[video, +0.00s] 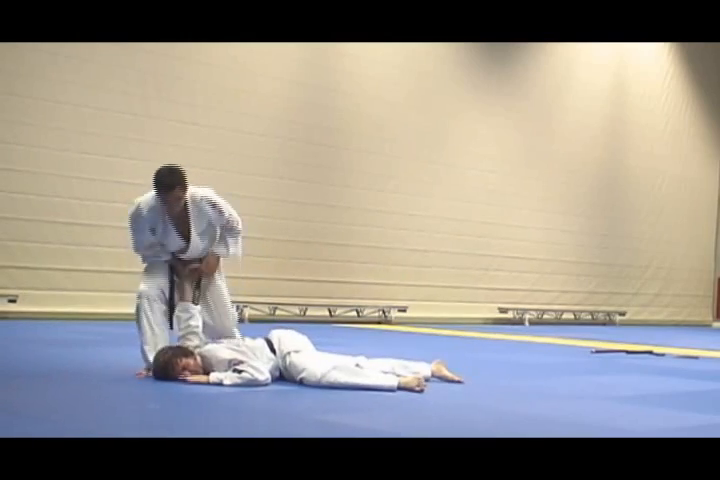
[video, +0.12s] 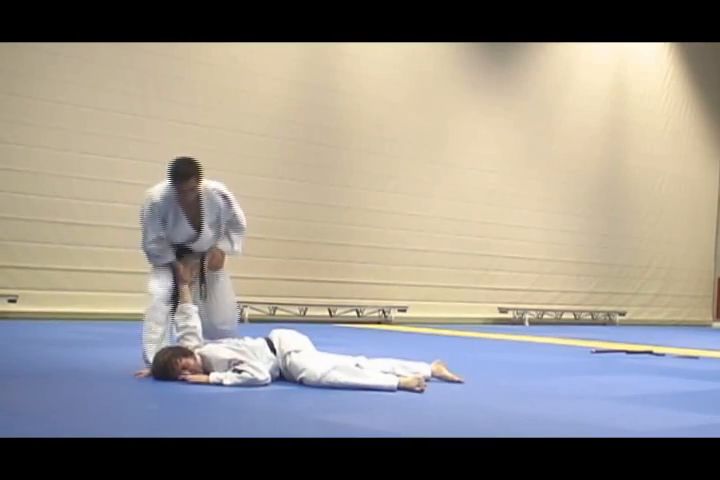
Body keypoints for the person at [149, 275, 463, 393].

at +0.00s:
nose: (188, 374)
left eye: (185, 368)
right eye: (181, 374)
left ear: (189, 357)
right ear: (180, 368)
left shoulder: (215, 353)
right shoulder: (201, 356)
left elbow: (259, 374)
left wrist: (214, 378)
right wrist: (159, 369)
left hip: (281, 348)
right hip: (281, 352)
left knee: (314, 373)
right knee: (353, 363)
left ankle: (397, 381)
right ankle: (428, 368)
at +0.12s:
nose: (188, 372)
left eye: (185, 366)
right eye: (180, 372)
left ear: (190, 357)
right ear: (175, 369)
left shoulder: (217, 356)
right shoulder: (190, 350)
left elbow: (258, 374)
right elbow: (186, 317)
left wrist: (210, 381)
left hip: (283, 348)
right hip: (283, 351)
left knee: (316, 373)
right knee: (350, 365)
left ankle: (400, 382)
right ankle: (424, 368)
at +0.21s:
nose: (188, 372)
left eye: (186, 366)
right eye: (181, 373)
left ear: (189, 356)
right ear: (177, 371)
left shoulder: (213, 355)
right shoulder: (193, 350)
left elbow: (258, 373)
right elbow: (184, 318)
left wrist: (213, 380)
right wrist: (185, 289)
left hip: (281, 347)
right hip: (280, 351)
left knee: (317, 373)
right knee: (352, 365)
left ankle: (399, 382)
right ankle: (426, 368)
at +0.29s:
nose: (188, 373)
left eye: (183, 368)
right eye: (180, 374)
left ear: (189, 355)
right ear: (181, 368)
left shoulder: (215, 354)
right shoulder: (202, 352)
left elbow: (260, 375)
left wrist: (214, 380)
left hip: (282, 348)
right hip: (281, 350)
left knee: (317, 374)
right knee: (353, 363)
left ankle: (397, 381)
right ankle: (427, 367)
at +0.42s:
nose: (187, 370)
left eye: (184, 365)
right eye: (181, 372)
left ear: (188, 355)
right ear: (180, 370)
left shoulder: (212, 352)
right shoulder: (198, 353)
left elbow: (259, 373)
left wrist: (213, 379)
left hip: (280, 347)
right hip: (280, 349)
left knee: (316, 373)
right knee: (351, 363)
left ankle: (399, 381)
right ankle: (427, 369)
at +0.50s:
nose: (189, 371)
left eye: (185, 366)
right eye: (182, 372)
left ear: (188, 354)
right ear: (182, 370)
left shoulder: (212, 351)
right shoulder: (204, 356)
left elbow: (259, 373)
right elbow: (235, 365)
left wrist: (213, 379)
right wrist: (207, 368)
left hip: (280, 346)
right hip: (281, 351)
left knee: (315, 373)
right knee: (351, 364)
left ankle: (399, 381)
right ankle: (427, 369)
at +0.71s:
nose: (188, 372)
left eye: (184, 367)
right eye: (182, 373)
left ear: (187, 354)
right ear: (183, 367)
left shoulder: (212, 351)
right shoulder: (205, 355)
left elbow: (258, 373)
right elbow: (236, 366)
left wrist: (213, 380)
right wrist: (207, 369)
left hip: (280, 347)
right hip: (281, 350)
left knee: (315, 373)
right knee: (351, 365)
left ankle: (399, 382)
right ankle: (428, 368)